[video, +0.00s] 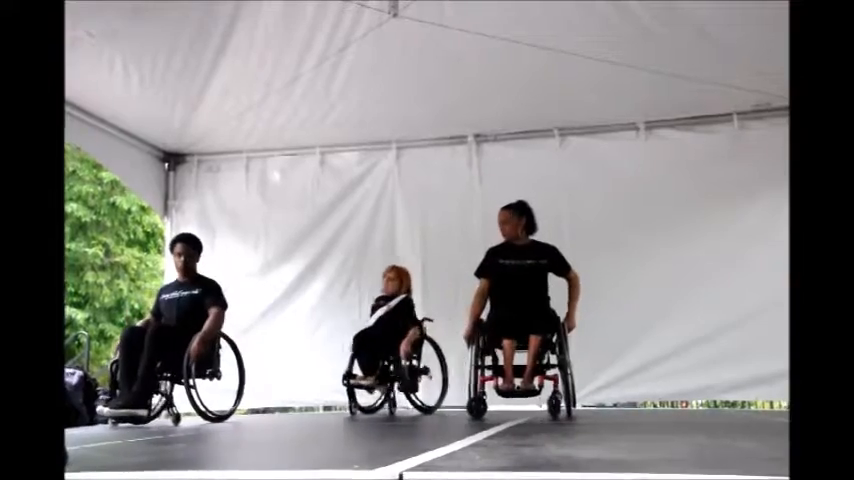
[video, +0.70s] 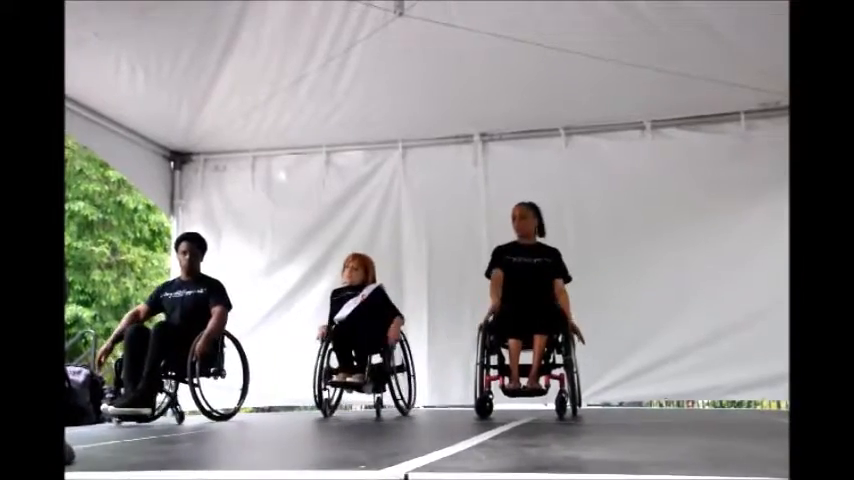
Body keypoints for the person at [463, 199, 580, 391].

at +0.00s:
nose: (501, 228)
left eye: (505, 223)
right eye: (500, 223)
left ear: (521, 223)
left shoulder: (545, 252)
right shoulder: (494, 254)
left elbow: (572, 278)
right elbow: (483, 289)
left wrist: (571, 315)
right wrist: (472, 323)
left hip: (535, 311)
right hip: (505, 312)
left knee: (539, 322)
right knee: (508, 324)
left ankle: (528, 378)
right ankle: (508, 378)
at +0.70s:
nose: (518, 223)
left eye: (524, 218)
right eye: (515, 219)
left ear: (537, 221)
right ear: (511, 223)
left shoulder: (551, 253)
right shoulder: (502, 252)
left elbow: (560, 289)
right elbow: (496, 280)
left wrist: (569, 320)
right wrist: (496, 302)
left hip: (542, 305)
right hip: (514, 306)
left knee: (543, 319)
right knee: (513, 320)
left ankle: (534, 377)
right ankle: (514, 377)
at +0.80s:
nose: (517, 223)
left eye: (522, 218)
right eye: (513, 219)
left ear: (535, 221)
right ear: (510, 223)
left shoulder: (550, 253)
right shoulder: (502, 252)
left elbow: (561, 290)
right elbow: (495, 273)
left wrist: (573, 321)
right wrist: (500, 282)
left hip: (543, 305)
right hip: (516, 305)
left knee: (542, 319)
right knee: (514, 318)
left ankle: (534, 376)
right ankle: (514, 376)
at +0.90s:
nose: (514, 223)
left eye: (519, 217)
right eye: (510, 219)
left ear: (532, 221)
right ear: (507, 223)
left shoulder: (549, 252)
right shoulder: (501, 250)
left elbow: (562, 290)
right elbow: (492, 264)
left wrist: (579, 324)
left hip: (541, 306)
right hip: (512, 307)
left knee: (543, 319)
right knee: (515, 320)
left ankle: (534, 376)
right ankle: (514, 376)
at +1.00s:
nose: (509, 222)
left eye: (513, 217)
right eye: (506, 218)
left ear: (526, 220)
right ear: (505, 224)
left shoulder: (546, 250)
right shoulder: (501, 250)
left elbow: (564, 288)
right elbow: (491, 230)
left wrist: (588, 325)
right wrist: (523, 212)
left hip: (541, 306)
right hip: (511, 306)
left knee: (543, 318)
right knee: (515, 319)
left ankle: (534, 377)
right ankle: (514, 377)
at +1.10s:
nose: (508, 221)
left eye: (513, 215)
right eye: (504, 218)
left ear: (526, 219)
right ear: (501, 224)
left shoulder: (544, 249)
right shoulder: (500, 247)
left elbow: (566, 286)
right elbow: (486, 213)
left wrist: (592, 323)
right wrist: (514, 187)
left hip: (541, 304)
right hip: (512, 304)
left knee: (544, 316)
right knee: (514, 317)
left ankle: (534, 375)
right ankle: (514, 376)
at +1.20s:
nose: (506, 222)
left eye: (511, 216)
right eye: (502, 218)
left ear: (524, 218)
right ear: (500, 223)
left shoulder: (544, 248)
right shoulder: (499, 245)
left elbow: (571, 281)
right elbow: (479, 205)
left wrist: (600, 311)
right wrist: (489, 168)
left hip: (541, 301)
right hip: (510, 301)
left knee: (546, 315)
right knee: (514, 316)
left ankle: (534, 375)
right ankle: (515, 375)